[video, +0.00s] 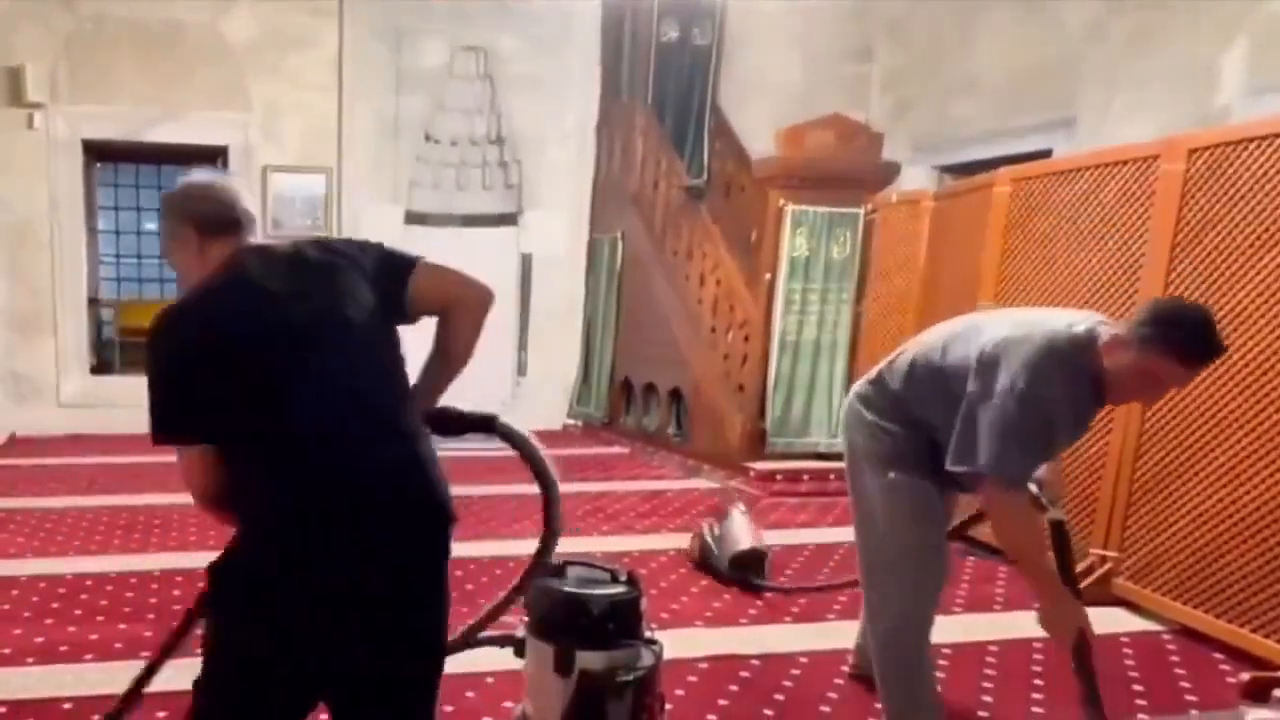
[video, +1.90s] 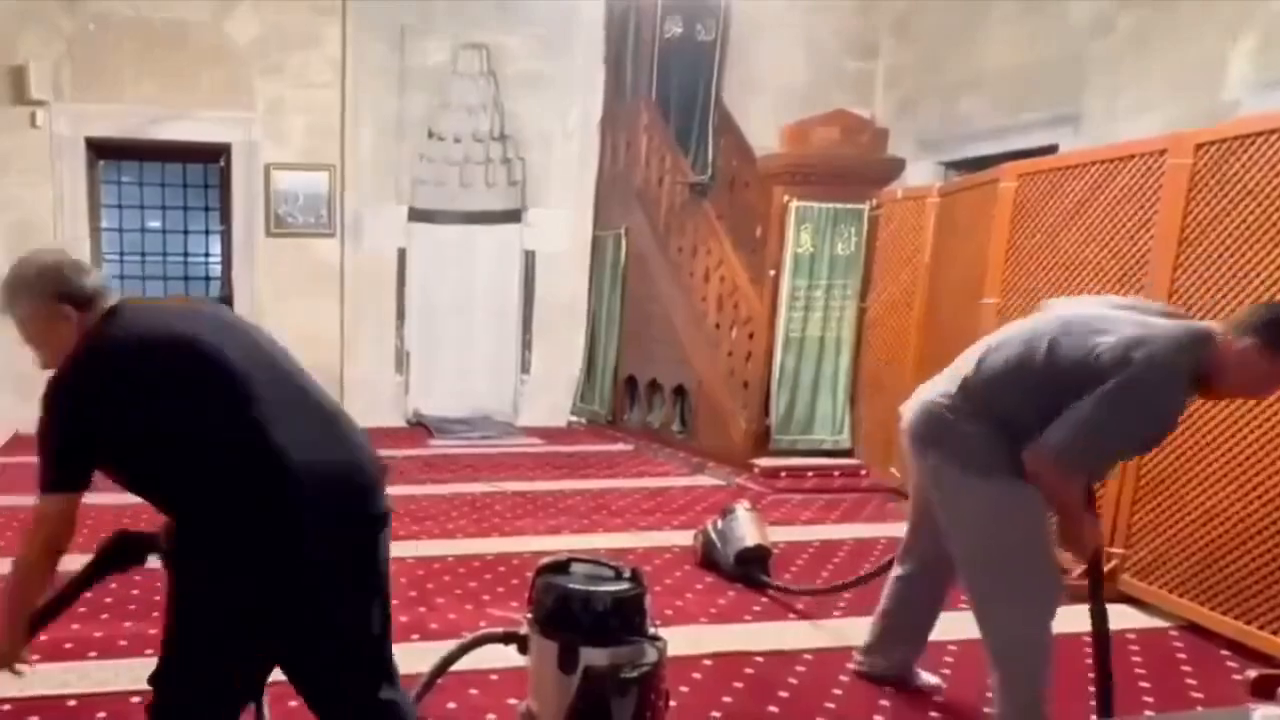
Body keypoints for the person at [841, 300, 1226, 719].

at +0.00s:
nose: (1154, 398)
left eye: (1168, 389)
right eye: (1155, 381)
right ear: (1124, 345)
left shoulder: (1098, 352)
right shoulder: (1037, 364)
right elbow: (1002, 491)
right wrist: (1052, 596)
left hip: (940, 431)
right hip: (890, 423)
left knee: (914, 559)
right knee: (910, 576)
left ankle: (873, 656)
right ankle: (913, 707)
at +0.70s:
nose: (1147, 434)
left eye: (1161, 427)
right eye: (1150, 418)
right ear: (1124, 382)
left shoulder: (1102, 382)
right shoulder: (1029, 392)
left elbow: (1053, 456)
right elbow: (995, 529)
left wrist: (1050, 526)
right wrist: (1046, 633)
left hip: (941, 430)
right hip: (888, 428)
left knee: (916, 559)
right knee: (918, 582)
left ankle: (875, 654)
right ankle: (910, 708)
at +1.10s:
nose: (1153, 393)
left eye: (1165, 384)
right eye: (1156, 377)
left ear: (1123, 339)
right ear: (1123, 343)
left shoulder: (1094, 354)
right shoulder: (1033, 360)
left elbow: (1027, 419)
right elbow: (964, 479)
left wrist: (1024, 468)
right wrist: (1013, 565)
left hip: (936, 426)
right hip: (889, 422)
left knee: (918, 565)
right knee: (900, 586)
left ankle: (876, 655)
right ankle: (909, 709)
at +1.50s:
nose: (1189, 347)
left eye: (1199, 335)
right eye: (1191, 330)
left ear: (1146, 302)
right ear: (1157, 308)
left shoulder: (1095, 327)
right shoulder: (1074, 339)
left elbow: (1012, 432)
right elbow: (994, 447)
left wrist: (1022, 513)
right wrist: (1025, 520)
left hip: (916, 421)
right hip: (914, 430)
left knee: (918, 548)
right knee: (969, 565)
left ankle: (882, 655)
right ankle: (923, 707)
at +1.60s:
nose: (1199, 351)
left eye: (1210, 340)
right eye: (1199, 333)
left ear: (1154, 306)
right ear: (1159, 307)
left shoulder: (1103, 322)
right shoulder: (1089, 346)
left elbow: (1013, 427)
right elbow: (1006, 447)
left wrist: (1029, 507)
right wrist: (1035, 522)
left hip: (914, 419)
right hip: (928, 435)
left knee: (929, 550)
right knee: (991, 575)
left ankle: (884, 657)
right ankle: (955, 709)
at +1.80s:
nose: (1238, 388)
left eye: (1252, 379)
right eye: (1247, 370)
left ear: (1215, 325)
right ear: (1224, 334)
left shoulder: (1136, 325)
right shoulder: (1133, 369)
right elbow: (1026, 459)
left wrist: (1060, 498)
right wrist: (1063, 524)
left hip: (925, 418)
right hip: (960, 446)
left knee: (928, 562)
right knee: (1019, 598)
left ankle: (884, 657)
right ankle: (1022, 714)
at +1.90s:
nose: (1260, 393)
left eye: (1270, 383)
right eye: (1269, 378)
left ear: (1243, 337)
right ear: (1248, 348)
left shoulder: (1170, 331)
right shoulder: (1160, 375)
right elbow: (1048, 463)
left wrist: (1080, 487)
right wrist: (1082, 533)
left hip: (936, 415)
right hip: (971, 442)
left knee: (927, 559)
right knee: (1026, 597)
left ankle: (884, 658)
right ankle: (1021, 712)